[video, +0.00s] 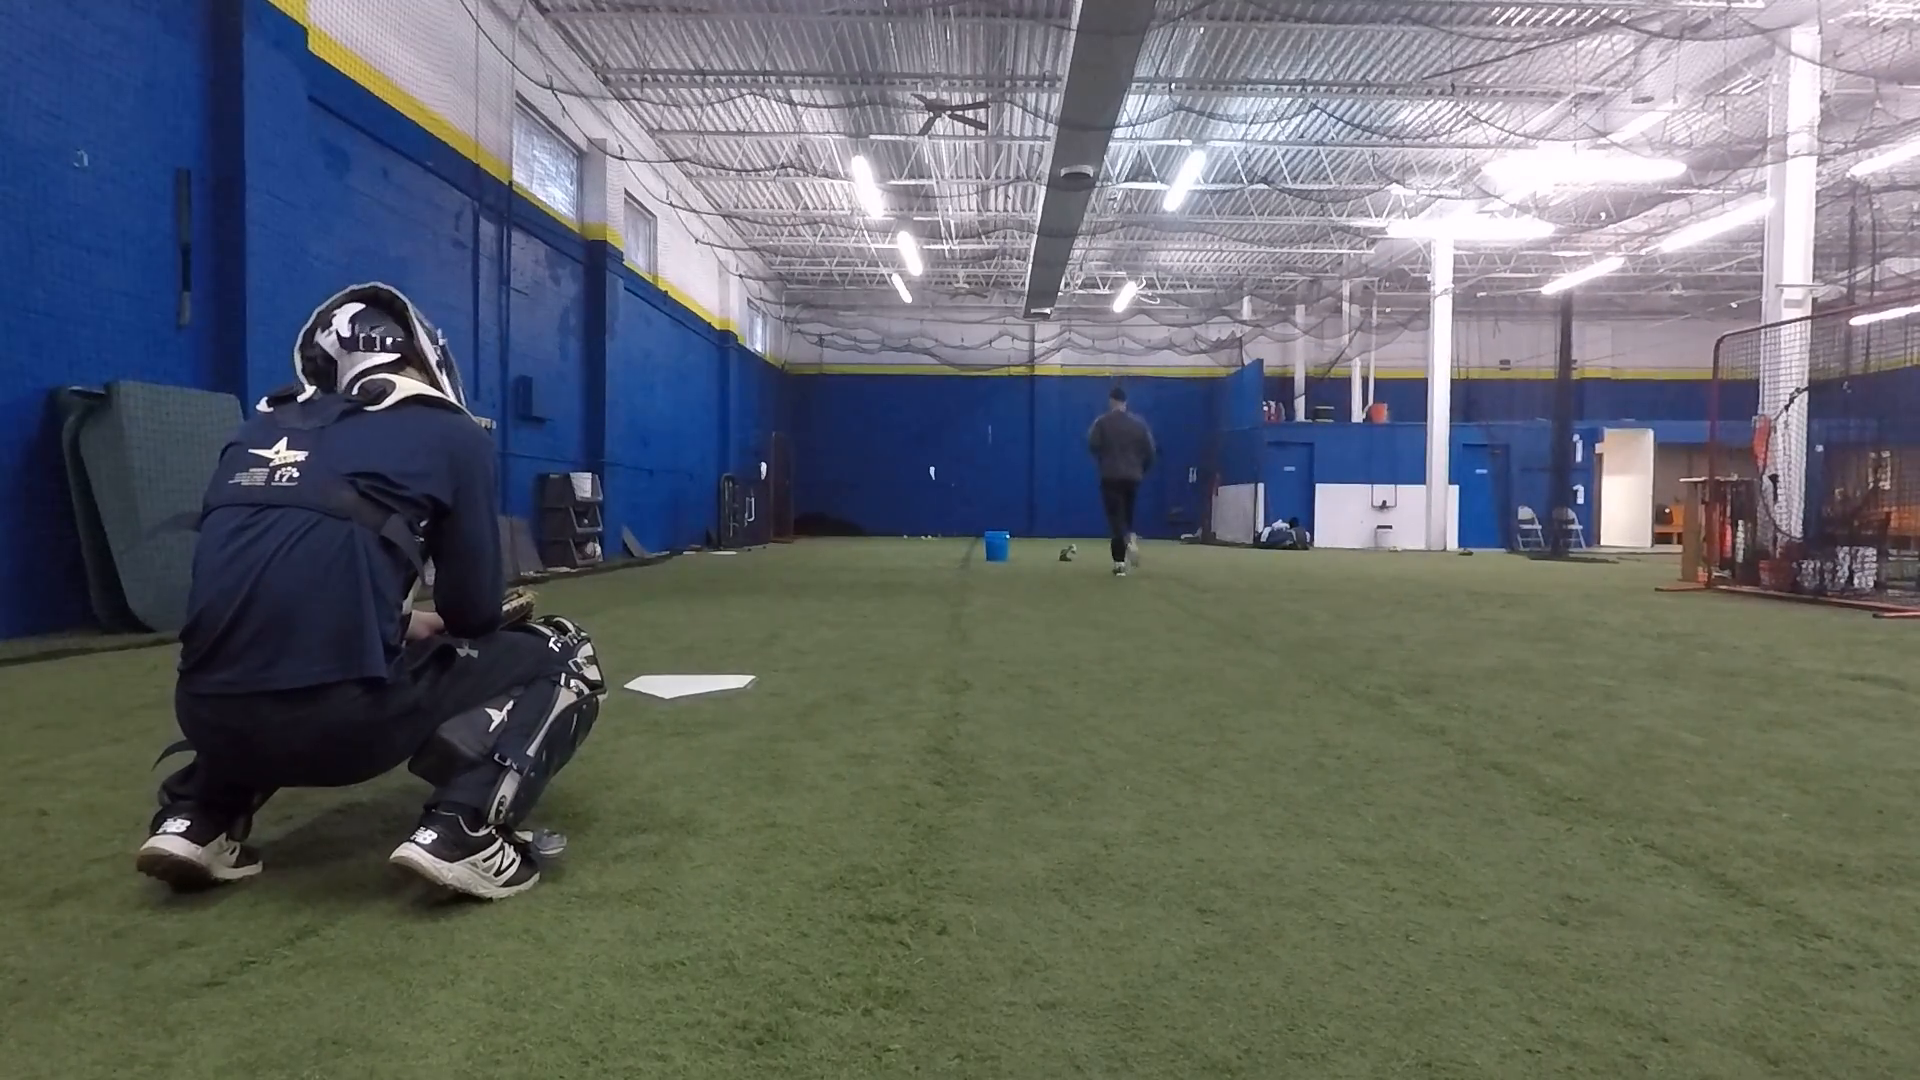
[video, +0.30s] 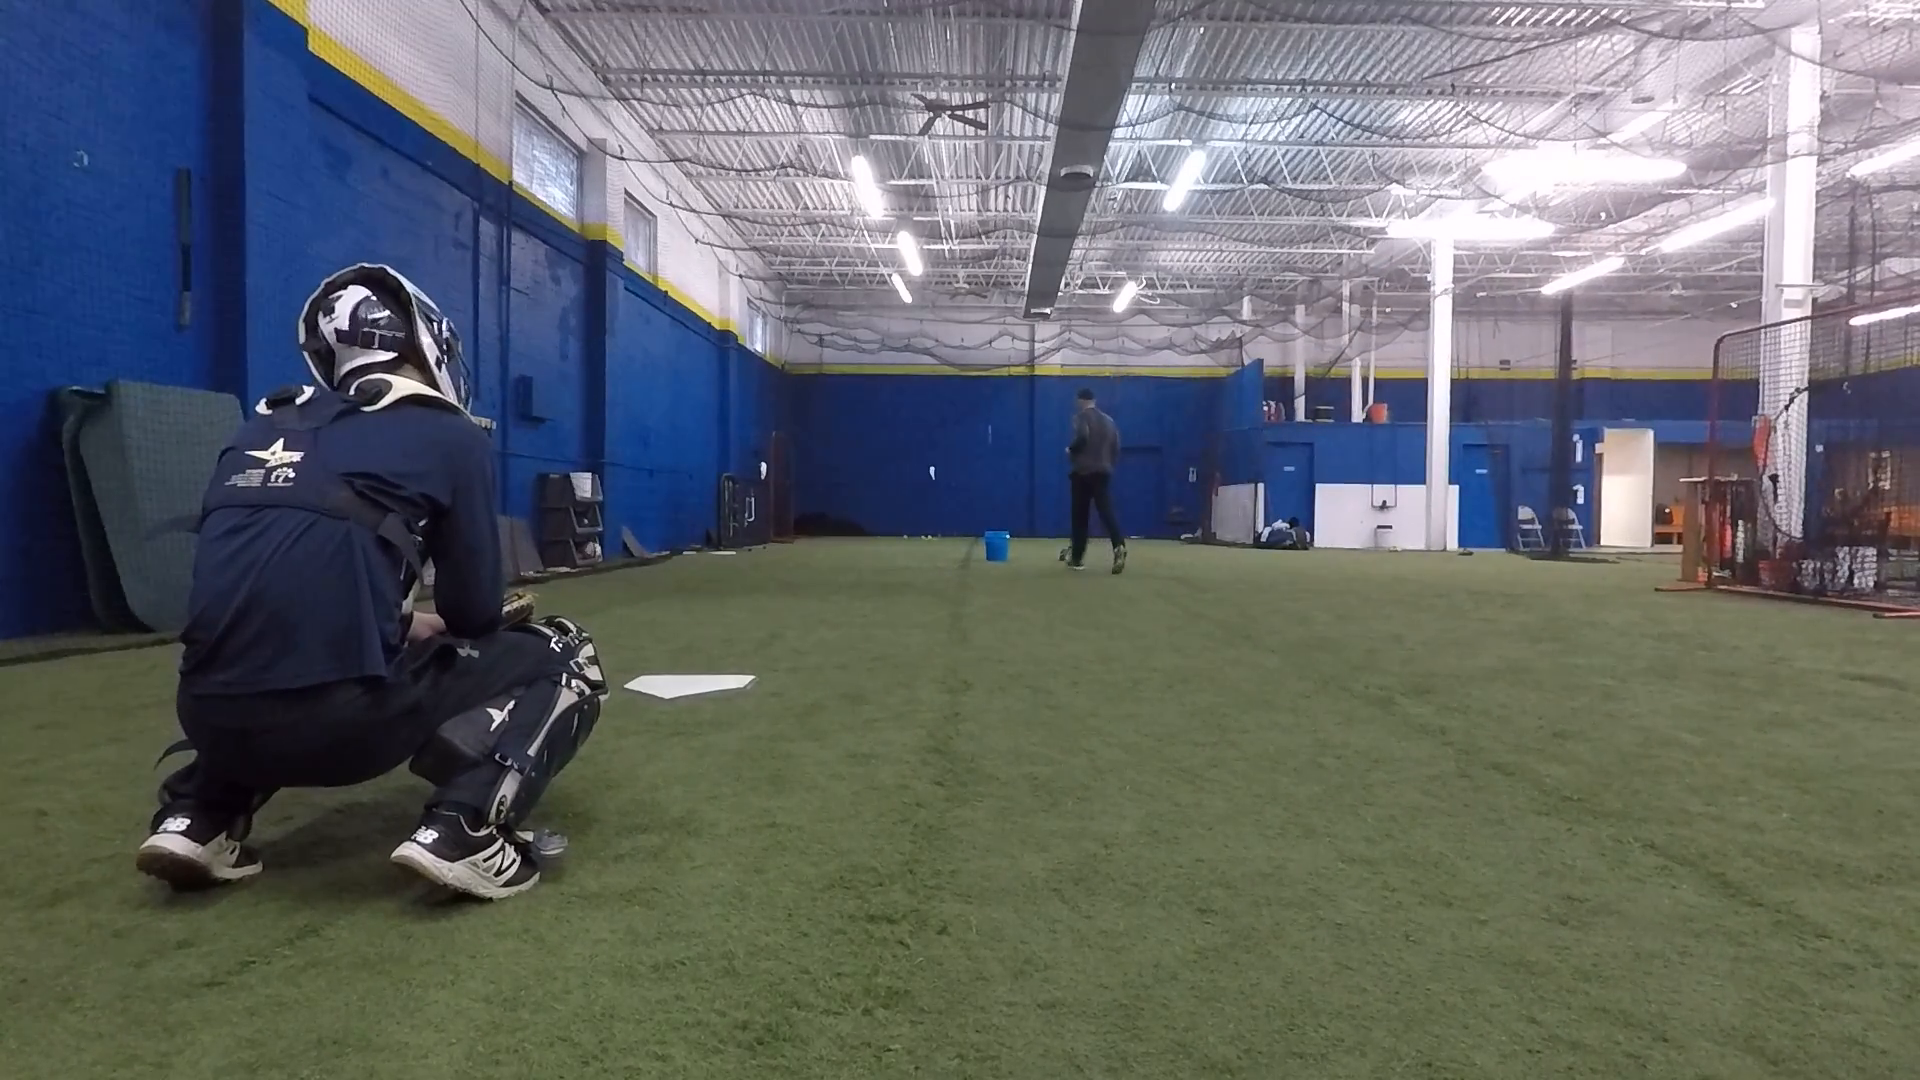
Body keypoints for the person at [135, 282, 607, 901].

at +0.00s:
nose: (444, 361)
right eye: (433, 349)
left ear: (316, 372)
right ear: (423, 356)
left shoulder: (259, 426)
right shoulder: (451, 432)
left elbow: (252, 585)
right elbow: (475, 611)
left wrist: (402, 623)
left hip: (218, 721)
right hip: (347, 723)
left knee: (279, 628)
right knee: (565, 654)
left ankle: (196, 817)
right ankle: (462, 827)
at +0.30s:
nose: (449, 359)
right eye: (442, 344)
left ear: (323, 361)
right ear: (427, 346)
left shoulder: (260, 429)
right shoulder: (450, 434)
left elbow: (259, 589)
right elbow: (473, 611)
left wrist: (401, 626)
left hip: (218, 724)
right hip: (343, 726)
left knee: (278, 630)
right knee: (567, 657)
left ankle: (198, 816)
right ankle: (465, 826)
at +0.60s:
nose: (458, 360)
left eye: (453, 346)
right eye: (450, 344)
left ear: (330, 356)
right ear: (433, 344)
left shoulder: (261, 428)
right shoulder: (451, 438)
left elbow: (261, 590)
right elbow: (470, 614)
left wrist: (401, 626)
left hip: (217, 722)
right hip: (344, 725)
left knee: (281, 633)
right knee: (565, 656)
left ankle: (195, 816)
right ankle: (465, 826)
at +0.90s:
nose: (463, 369)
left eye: (462, 352)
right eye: (455, 350)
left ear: (348, 353)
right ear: (426, 344)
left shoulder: (265, 428)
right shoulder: (449, 439)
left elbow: (263, 590)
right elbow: (469, 614)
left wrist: (404, 627)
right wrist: (498, 627)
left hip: (216, 721)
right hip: (342, 725)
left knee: (280, 633)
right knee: (565, 659)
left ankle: (195, 817)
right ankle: (465, 827)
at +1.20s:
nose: (473, 372)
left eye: (473, 355)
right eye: (465, 352)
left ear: (357, 349)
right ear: (432, 345)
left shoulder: (272, 423)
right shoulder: (445, 438)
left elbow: (265, 587)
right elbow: (470, 616)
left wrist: (401, 624)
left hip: (217, 722)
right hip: (340, 726)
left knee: (283, 630)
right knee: (564, 658)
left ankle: (196, 816)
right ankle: (466, 826)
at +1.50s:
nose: (476, 368)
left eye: (475, 350)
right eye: (468, 348)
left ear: (360, 352)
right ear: (436, 346)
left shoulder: (276, 423)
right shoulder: (449, 437)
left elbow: (264, 586)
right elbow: (472, 613)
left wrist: (400, 624)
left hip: (221, 722)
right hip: (345, 725)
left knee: (286, 630)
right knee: (566, 659)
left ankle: (196, 816)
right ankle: (466, 825)